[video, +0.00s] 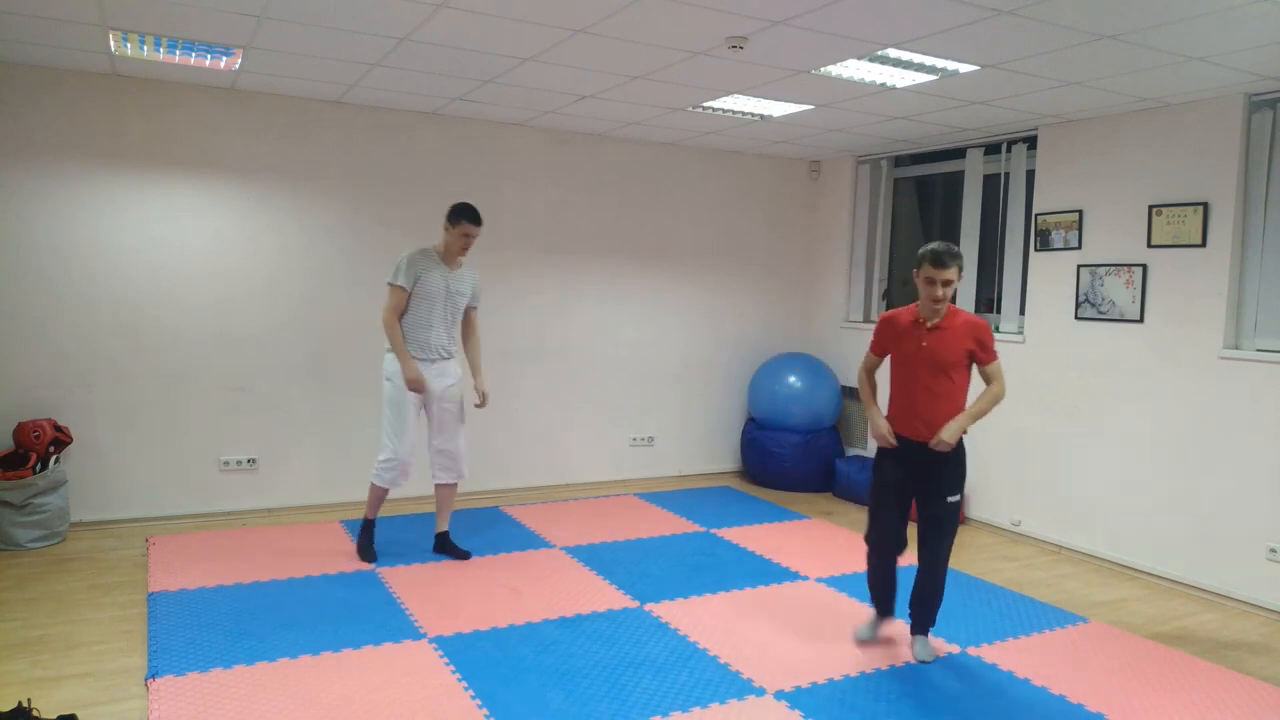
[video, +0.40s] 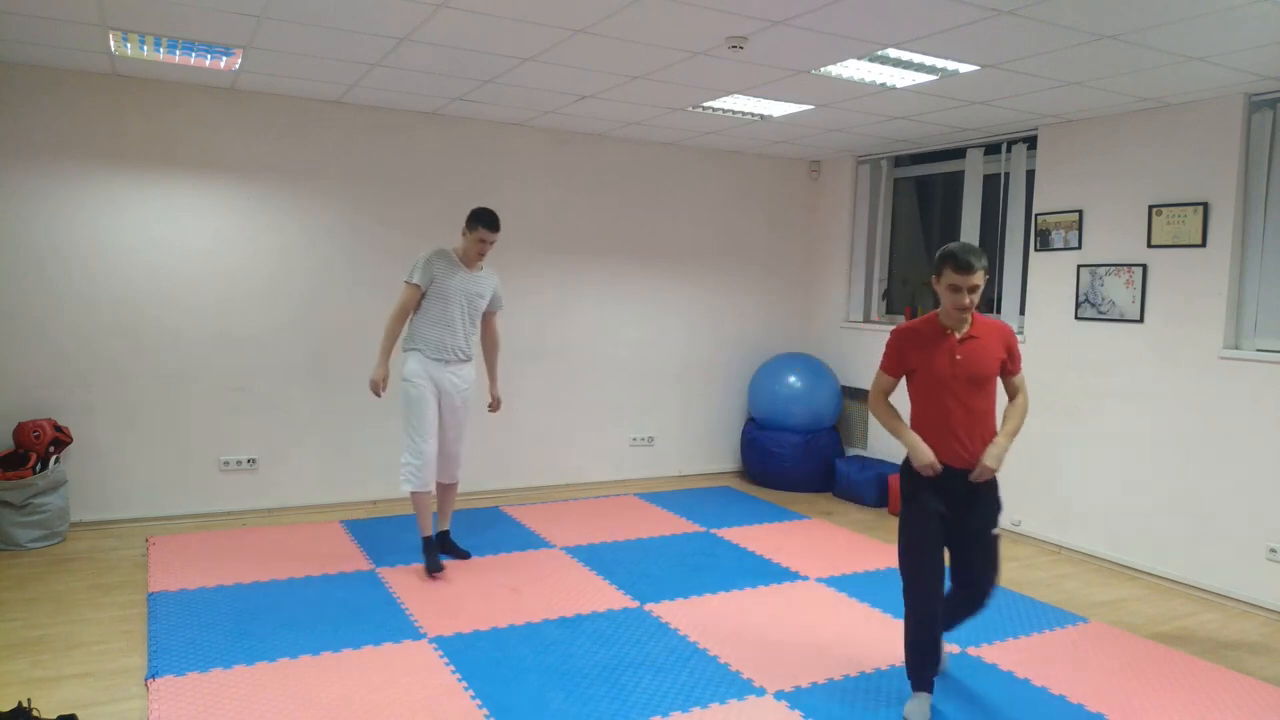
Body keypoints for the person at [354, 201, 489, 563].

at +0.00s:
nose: (469, 243)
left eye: (474, 238)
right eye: (464, 235)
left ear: (477, 238)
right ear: (446, 229)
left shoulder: (468, 277)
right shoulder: (414, 262)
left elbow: (470, 332)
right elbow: (390, 316)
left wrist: (477, 378)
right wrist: (407, 365)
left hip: (447, 369)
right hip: (406, 367)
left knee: (449, 452)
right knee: (396, 455)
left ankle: (443, 535)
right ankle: (367, 528)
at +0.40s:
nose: (485, 249)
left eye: (491, 243)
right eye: (481, 240)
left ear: (495, 243)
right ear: (465, 233)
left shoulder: (489, 281)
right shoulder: (433, 262)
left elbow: (489, 335)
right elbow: (402, 311)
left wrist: (493, 384)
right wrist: (382, 363)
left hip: (460, 371)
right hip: (420, 366)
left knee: (451, 452)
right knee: (423, 452)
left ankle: (443, 534)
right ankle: (428, 544)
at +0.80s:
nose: (484, 246)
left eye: (489, 240)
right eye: (477, 239)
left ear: (494, 237)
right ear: (461, 233)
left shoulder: (496, 274)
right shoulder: (437, 270)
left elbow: (501, 329)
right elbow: (414, 329)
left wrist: (512, 370)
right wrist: (415, 384)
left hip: (480, 374)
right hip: (441, 372)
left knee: (468, 454)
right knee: (443, 456)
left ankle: (444, 532)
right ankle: (454, 548)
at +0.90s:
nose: (481, 242)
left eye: (486, 236)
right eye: (474, 236)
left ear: (492, 233)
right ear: (458, 232)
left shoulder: (498, 270)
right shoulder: (438, 270)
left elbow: (504, 324)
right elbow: (420, 331)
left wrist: (512, 364)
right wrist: (424, 385)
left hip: (486, 375)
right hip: (447, 373)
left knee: (473, 458)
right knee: (445, 458)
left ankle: (444, 530)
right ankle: (455, 550)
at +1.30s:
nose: (486, 243)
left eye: (491, 236)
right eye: (479, 237)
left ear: (496, 230)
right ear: (461, 232)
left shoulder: (507, 266)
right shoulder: (446, 273)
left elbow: (515, 321)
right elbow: (438, 341)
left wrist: (528, 371)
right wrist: (450, 396)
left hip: (507, 377)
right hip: (467, 379)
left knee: (524, 463)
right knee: (455, 467)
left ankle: (505, 537)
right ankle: (456, 553)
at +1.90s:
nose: (571, 243)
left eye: (577, 236)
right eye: (565, 236)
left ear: (581, 236)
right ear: (548, 232)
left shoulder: (586, 278)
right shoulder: (523, 269)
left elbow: (589, 335)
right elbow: (499, 327)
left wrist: (599, 392)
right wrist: (496, 386)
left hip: (570, 384)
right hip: (526, 383)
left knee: (580, 474)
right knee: (506, 470)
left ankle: (570, 564)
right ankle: (471, 553)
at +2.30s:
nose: (620, 242)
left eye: (625, 235)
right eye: (614, 234)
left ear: (630, 235)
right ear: (596, 230)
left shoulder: (629, 279)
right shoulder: (570, 267)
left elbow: (641, 337)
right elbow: (545, 325)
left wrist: (659, 387)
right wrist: (553, 381)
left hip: (605, 383)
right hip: (568, 381)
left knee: (595, 472)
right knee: (573, 470)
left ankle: (573, 559)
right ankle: (574, 563)